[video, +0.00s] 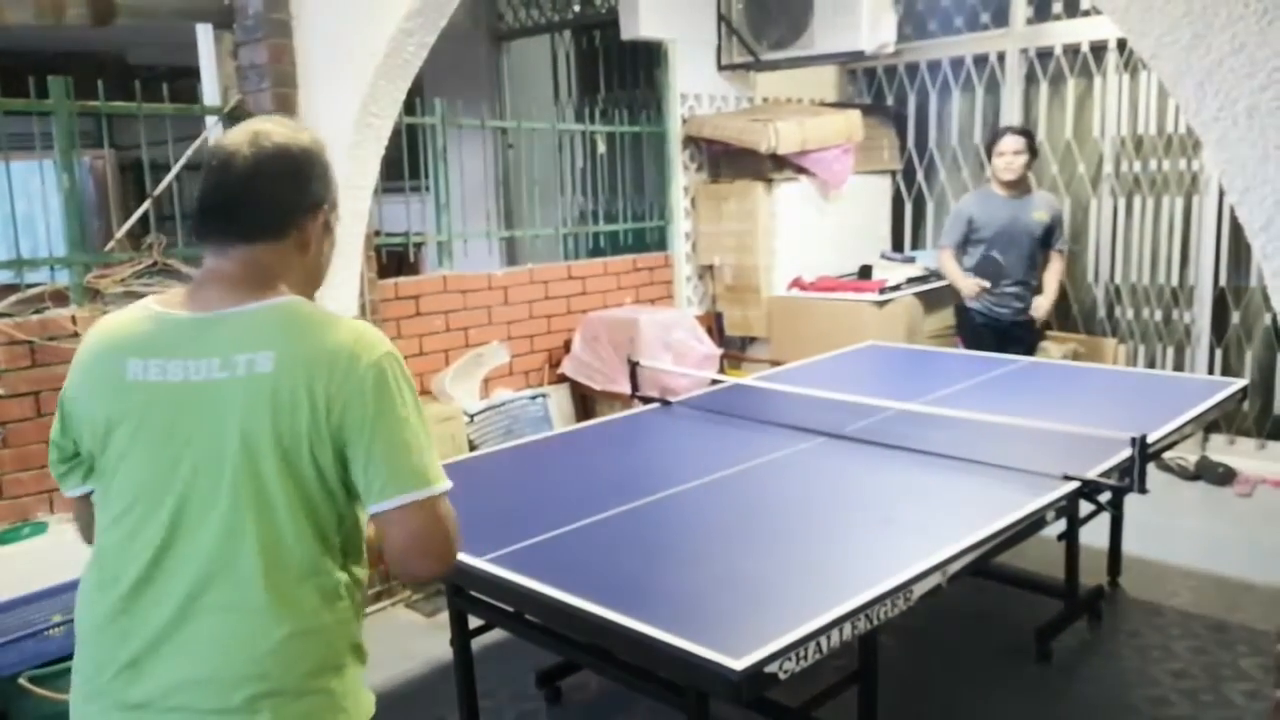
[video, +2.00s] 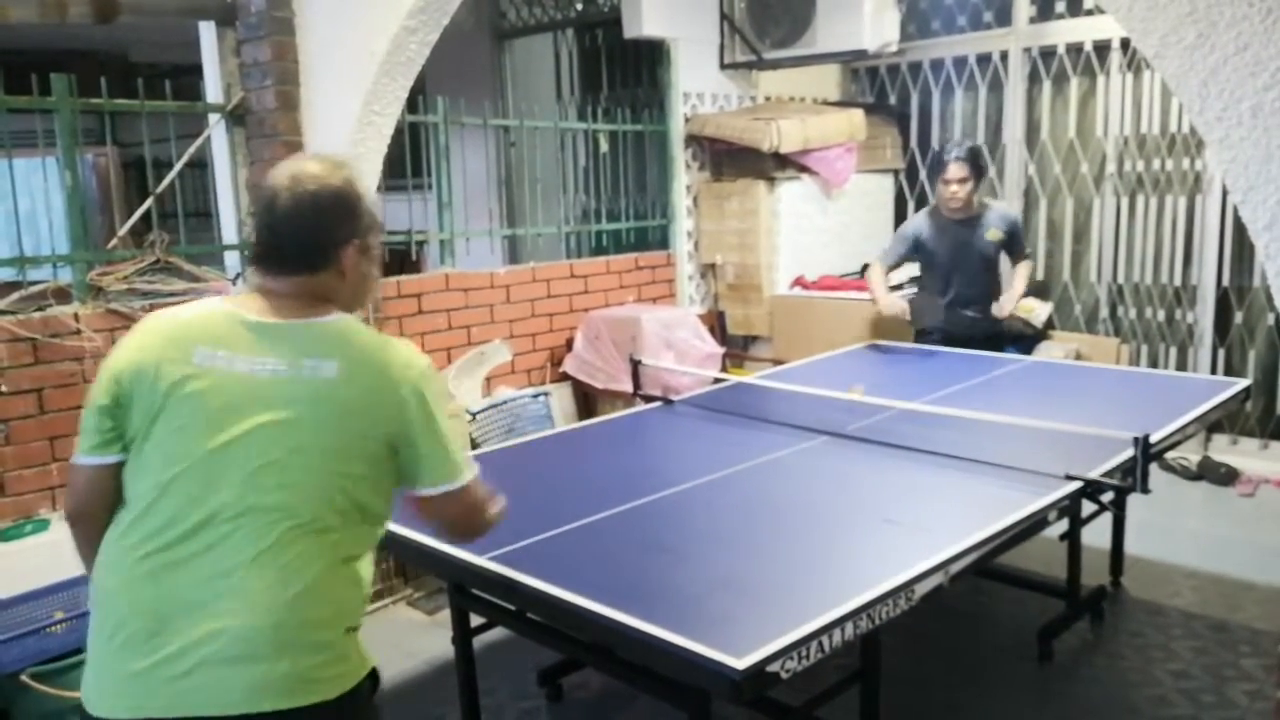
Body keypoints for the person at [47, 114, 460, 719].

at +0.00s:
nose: (331, 246)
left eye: (332, 227)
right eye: (333, 226)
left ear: (205, 225)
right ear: (316, 227)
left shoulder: (105, 345)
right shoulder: (348, 353)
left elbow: (94, 525)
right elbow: (426, 555)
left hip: (113, 698)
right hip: (289, 699)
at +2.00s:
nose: (379, 269)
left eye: (381, 252)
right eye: (377, 252)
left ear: (260, 249)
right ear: (349, 257)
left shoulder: (152, 341)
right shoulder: (390, 366)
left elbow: (85, 507)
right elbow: (460, 516)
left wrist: (129, 599)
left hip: (131, 688)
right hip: (297, 687)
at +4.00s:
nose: (183, 241)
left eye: (182, 220)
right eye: (179, 219)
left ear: (59, 234)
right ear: (147, 211)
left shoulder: (16, 336)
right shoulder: (182, 330)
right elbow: (243, 523)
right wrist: (348, 656)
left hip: (85, 674)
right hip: (218, 676)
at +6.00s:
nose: (181, 231)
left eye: (180, 212)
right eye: (174, 212)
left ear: (52, 226)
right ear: (133, 231)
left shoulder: (10, 335)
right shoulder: (193, 340)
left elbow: (8, 513)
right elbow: (255, 523)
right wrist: (338, 611)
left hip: (60, 671)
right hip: (205, 666)